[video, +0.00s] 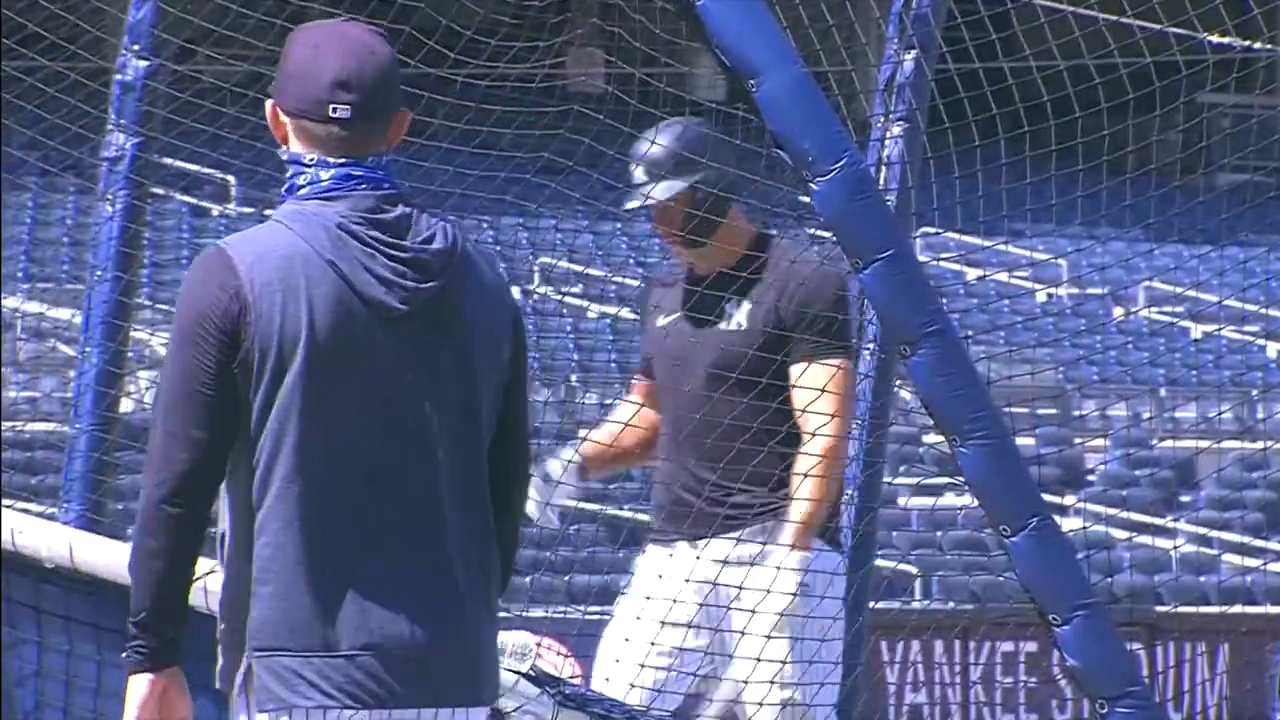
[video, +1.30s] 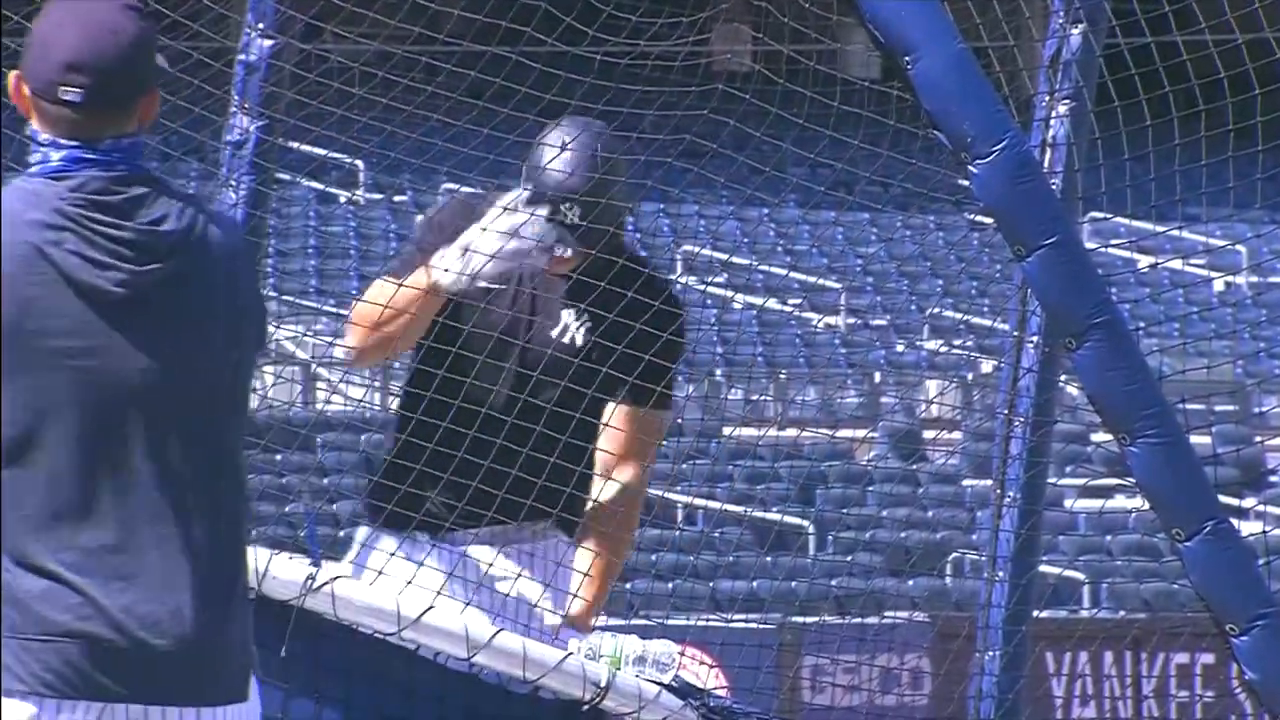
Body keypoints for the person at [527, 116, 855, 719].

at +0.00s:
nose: (668, 226)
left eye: (682, 207)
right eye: (655, 211)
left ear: (726, 195)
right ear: (645, 209)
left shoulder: (807, 279)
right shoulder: (665, 292)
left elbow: (826, 431)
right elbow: (648, 415)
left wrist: (791, 550)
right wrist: (575, 463)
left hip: (779, 547)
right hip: (675, 552)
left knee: (783, 708)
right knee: (617, 708)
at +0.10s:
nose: (628, 232)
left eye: (642, 212)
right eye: (616, 217)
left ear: (685, 197)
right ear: (605, 215)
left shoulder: (768, 281)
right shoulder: (624, 298)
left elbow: (791, 425)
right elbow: (599, 418)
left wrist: (739, 531)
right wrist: (533, 411)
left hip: (748, 559)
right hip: (642, 567)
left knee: (771, 710)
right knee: (610, 712)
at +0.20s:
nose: (575, 228)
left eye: (585, 207)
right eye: (566, 213)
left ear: (630, 195)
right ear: (559, 212)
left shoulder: (725, 278)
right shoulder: (578, 300)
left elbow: (753, 422)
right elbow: (531, 426)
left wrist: (692, 521)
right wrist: (478, 350)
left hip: (706, 567)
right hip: (596, 567)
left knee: (719, 709)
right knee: (572, 712)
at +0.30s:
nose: (544, 229)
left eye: (555, 210)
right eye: (528, 216)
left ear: (592, 187)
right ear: (515, 211)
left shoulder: (687, 269)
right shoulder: (535, 288)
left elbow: (717, 411)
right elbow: (462, 404)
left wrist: (651, 518)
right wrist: (446, 287)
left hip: (654, 572)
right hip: (545, 567)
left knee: (660, 709)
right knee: (530, 713)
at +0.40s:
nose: (514, 232)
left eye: (524, 212)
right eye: (500, 217)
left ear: (566, 185)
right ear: (487, 210)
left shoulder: (666, 259)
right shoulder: (501, 274)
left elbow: (694, 409)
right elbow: (413, 366)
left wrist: (622, 517)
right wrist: (430, 236)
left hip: (616, 560)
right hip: (510, 552)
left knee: (607, 712)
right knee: (498, 713)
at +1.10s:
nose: (562, 244)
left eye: (577, 231)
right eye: (551, 225)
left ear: (620, 216)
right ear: (530, 205)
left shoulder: (671, 299)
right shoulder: (506, 246)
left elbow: (657, 469)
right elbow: (396, 323)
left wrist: (588, 606)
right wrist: (487, 218)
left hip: (556, 542)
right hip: (451, 527)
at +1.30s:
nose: (561, 251)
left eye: (580, 237)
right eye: (548, 228)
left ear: (613, 219)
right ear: (523, 196)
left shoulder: (643, 303)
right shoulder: (465, 224)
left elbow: (622, 468)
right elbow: (360, 344)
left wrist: (579, 613)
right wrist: (454, 266)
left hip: (534, 553)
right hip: (406, 538)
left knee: (515, 709)